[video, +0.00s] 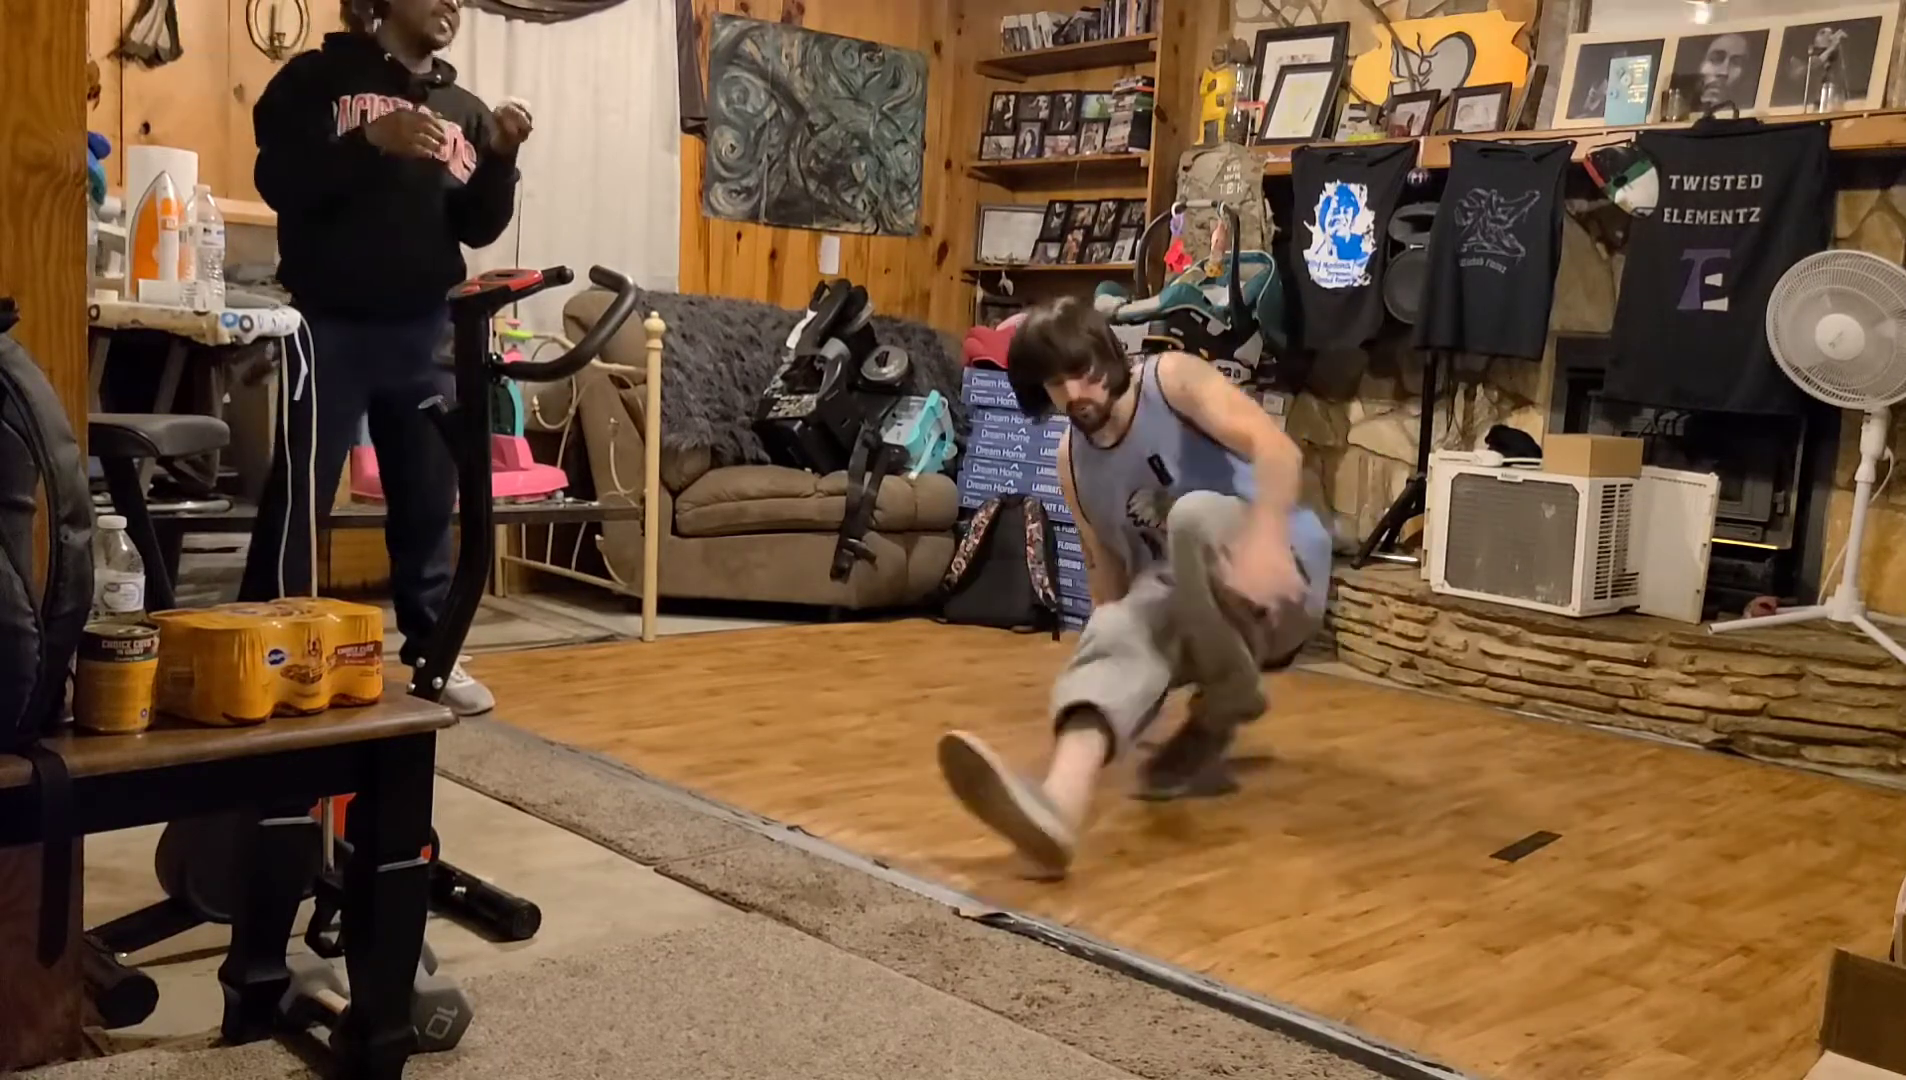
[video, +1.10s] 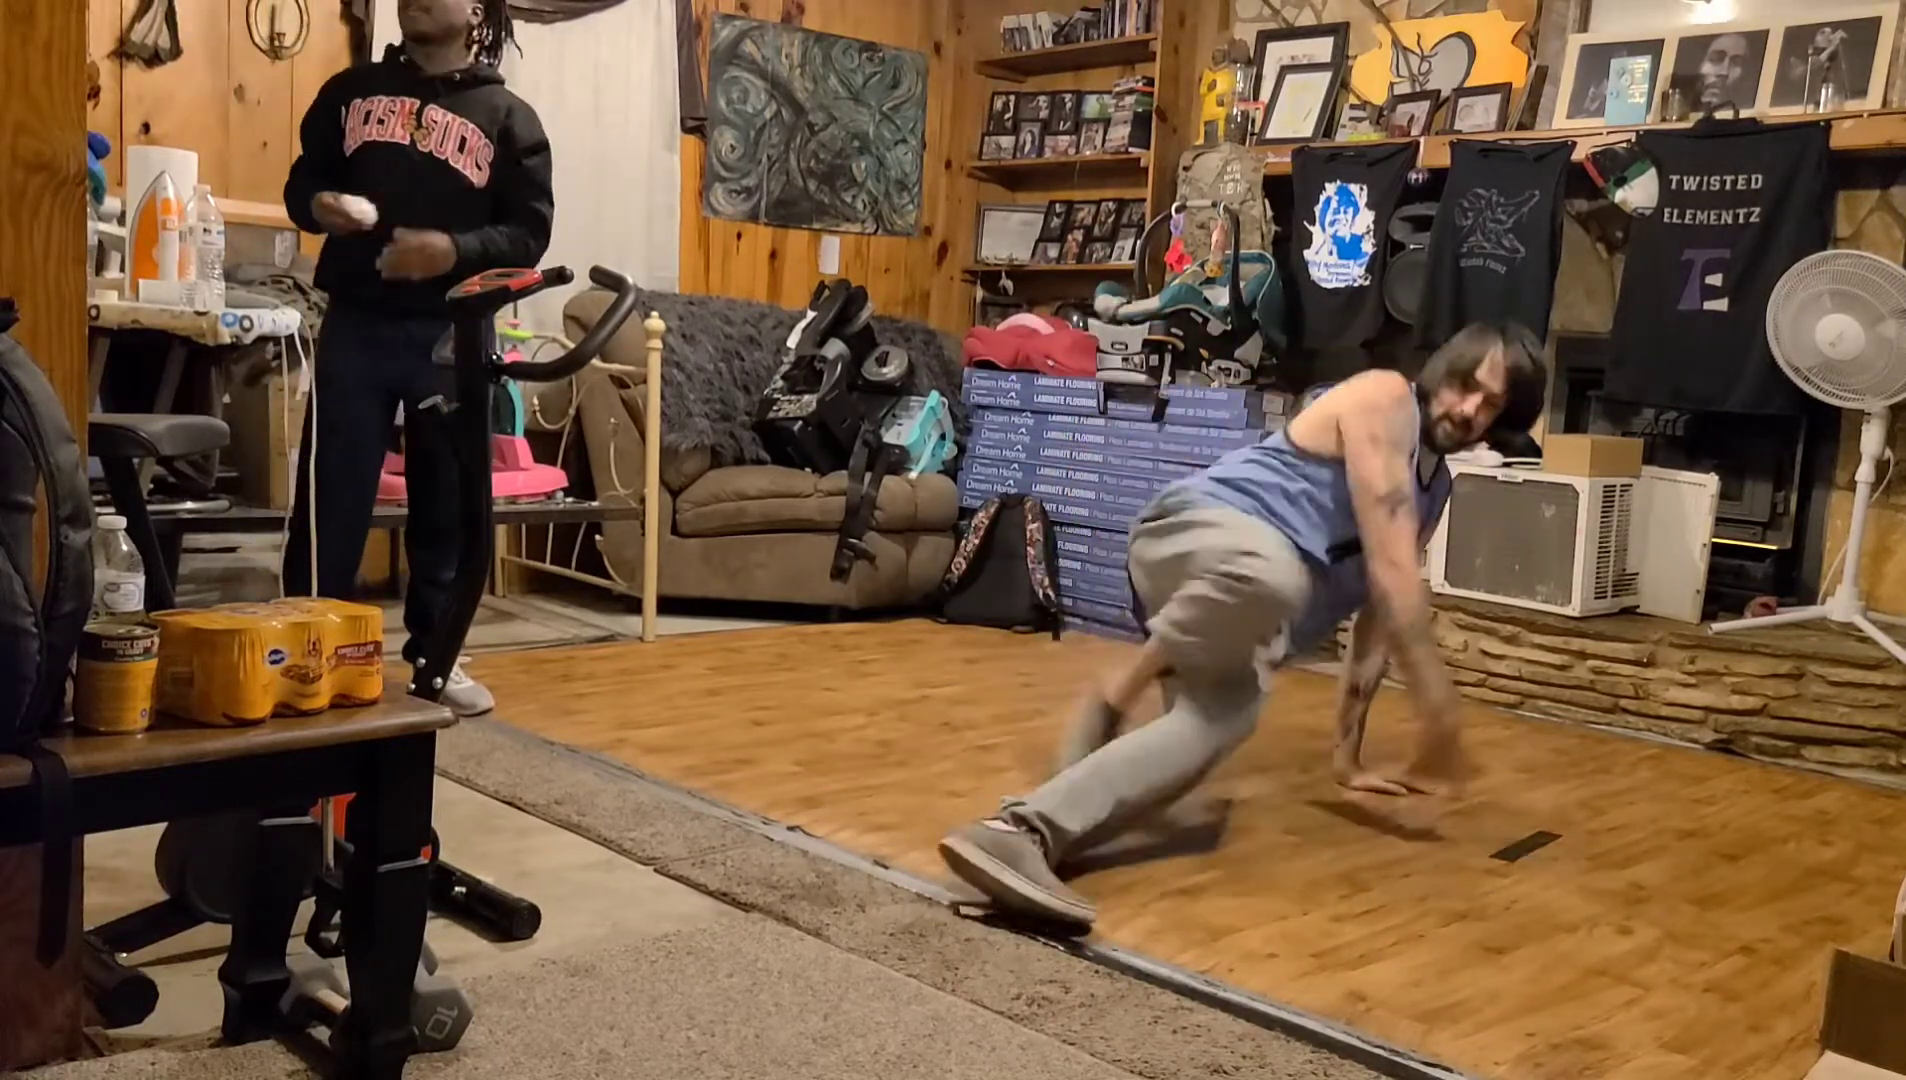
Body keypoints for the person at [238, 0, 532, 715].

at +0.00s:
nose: (452, 9)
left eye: (454, 1)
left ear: (443, 15)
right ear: (379, 3)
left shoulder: (462, 110)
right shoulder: (313, 78)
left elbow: (474, 227)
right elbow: (282, 182)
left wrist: (500, 159)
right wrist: (367, 139)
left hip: (423, 328)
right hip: (328, 325)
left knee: (428, 500)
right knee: (302, 496)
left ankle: (432, 657)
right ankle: (258, 656)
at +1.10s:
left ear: (477, 12)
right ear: (403, 8)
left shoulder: (508, 117)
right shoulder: (351, 89)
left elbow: (530, 236)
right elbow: (302, 186)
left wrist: (455, 249)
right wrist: (320, 204)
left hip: (451, 334)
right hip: (356, 327)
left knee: (449, 502)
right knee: (333, 495)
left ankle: (434, 661)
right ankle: (308, 657)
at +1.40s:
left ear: (417, 7)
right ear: (334, 5)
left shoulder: (456, 112)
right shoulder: (293, 93)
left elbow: (472, 245)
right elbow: (274, 197)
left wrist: (424, 333)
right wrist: (217, 214)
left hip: (416, 334)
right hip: (317, 329)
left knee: (433, 497)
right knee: (314, 494)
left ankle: (433, 657)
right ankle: (305, 654)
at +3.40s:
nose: (258, 17)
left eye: (278, 4)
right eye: (249, 3)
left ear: (320, 11)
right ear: (236, 8)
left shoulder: (373, 97)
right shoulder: (206, 97)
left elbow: (406, 226)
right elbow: (177, 215)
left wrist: (357, 322)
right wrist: (208, 316)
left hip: (376, 309)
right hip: (275, 314)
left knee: (409, 482)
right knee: (292, 488)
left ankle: (442, 653)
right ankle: (298, 650)